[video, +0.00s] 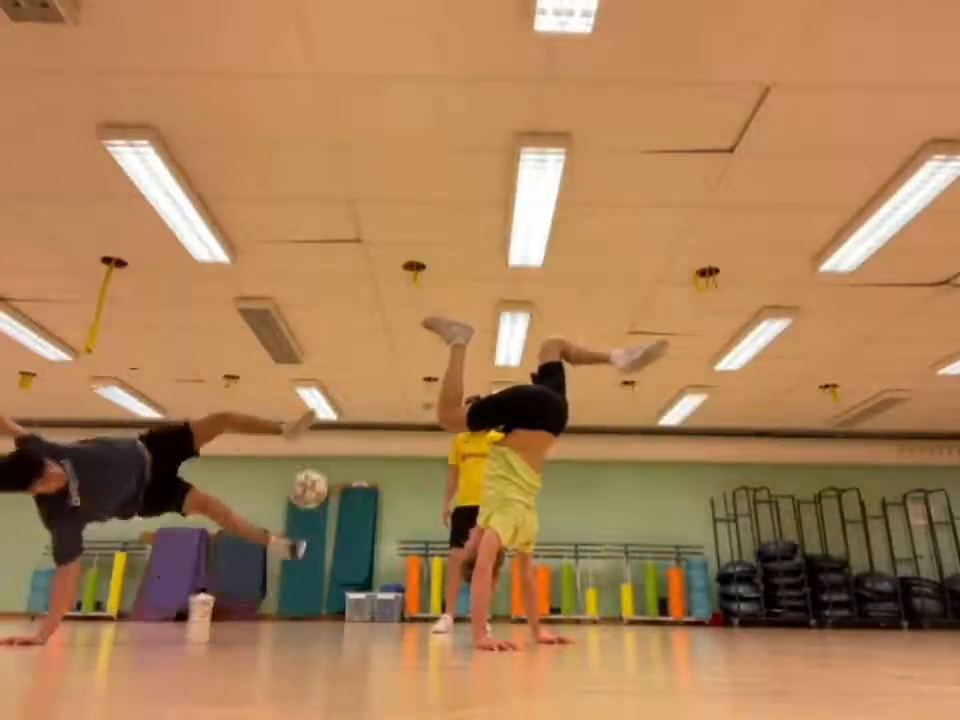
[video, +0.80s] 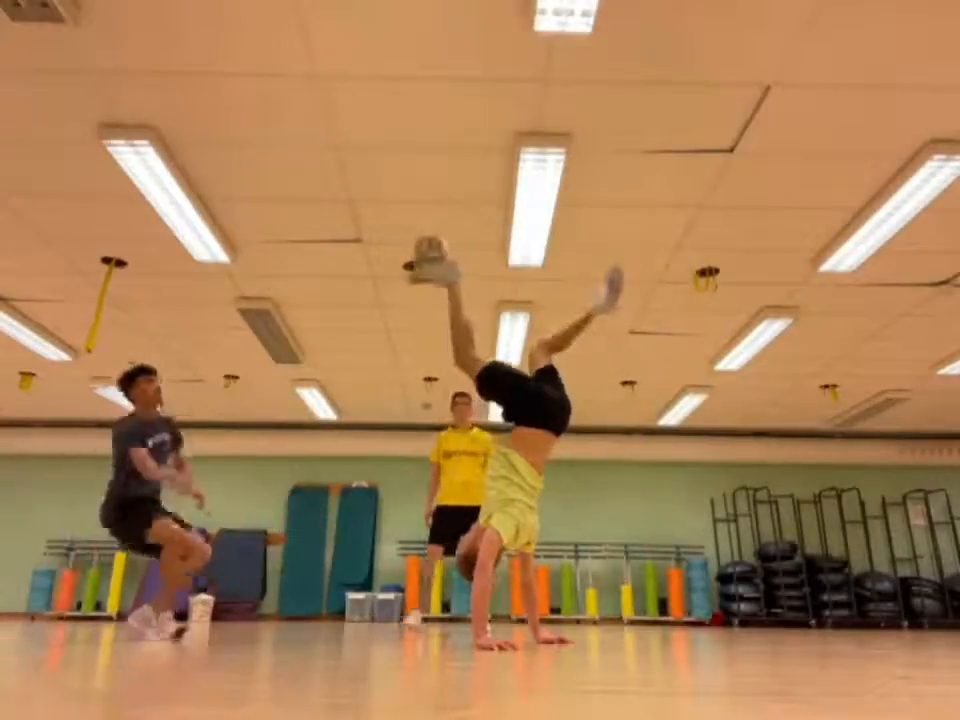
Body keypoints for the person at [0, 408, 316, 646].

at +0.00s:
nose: (57, 471)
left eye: (51, 465)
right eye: (48, 477)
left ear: (43, 459)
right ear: (37, 490)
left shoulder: (40, 450)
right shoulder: (62, 517)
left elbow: (12, 428)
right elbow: (66, 575)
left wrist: (9, 428)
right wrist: (44, 634)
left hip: (147, 451)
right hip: (148, 494)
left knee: (219, 421)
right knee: (212, 507)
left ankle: (284, 429)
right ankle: (275, 542)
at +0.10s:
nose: (60, 466)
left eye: (54, 460)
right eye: (49, 471)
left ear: (50, 452)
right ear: (35, 484)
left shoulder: (49, 446)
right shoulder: (60, 517)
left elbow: (15, 416)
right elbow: (66, 577)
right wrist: (45, 635)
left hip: (150, 460)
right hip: (149, 502)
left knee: (225, 444)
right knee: (220, 505)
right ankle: (282, 528)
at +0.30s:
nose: (92, 465)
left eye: (88, 457)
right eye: (82, 466)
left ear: (89, 451)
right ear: (65, 480)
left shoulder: (88, 451)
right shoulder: (71, 515)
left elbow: (93, 406)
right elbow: (70, 574)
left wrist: (98, 372)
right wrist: (44, 635)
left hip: (165, 519)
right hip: (152, 547)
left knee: (237, 535)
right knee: (235, 522)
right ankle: (199, 586)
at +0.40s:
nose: (122, 458)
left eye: (118, 453)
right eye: (113, 457)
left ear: (117, 458)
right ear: (96, 471)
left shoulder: (131, 469)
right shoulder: (92, 520)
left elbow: (159, 450)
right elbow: (73, 578)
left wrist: (185, 427)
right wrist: (45, 633)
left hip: (169, 554)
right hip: (154, 575)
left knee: (220, 551)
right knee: (235, 565)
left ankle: (171, 609)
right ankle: (168, 610)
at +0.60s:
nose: (163, 428)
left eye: (163, 422)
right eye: (155, 422)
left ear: (164, 426)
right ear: (136, 431)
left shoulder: (170, 465)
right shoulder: (127, 474)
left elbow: (193, 499)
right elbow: (109, 523)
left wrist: (210, 510)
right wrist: (92, 554)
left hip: (166, 548)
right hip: (138, 553)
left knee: (225, 571)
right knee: (215, 551)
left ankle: (167, 609)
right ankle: (162, 606)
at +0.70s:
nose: (166, 409)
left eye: (165, 403)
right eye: (158, 404)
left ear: (165, 407)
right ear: (139, 414)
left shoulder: (172, 444)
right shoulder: (134, 450)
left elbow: (189, 484)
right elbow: (128, 498)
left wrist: (213, 509)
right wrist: (128, 537)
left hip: (156, 525)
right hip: (133, 529)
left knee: (215, 561)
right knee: (197, 542)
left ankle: (155, 609)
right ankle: (163, 609)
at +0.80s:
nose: (155, 388)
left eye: (155, 382)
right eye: (147, 384)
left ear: (158, 389)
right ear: (132, 393)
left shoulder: (167, 425)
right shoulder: (128, 428)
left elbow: (179, 463)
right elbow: (148, 469)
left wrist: (190, 487)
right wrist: (178, 479)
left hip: (148, 505)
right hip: (123, 506)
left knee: (200, 551)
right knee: (176, 538)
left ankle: (149, 612)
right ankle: (164, 613)